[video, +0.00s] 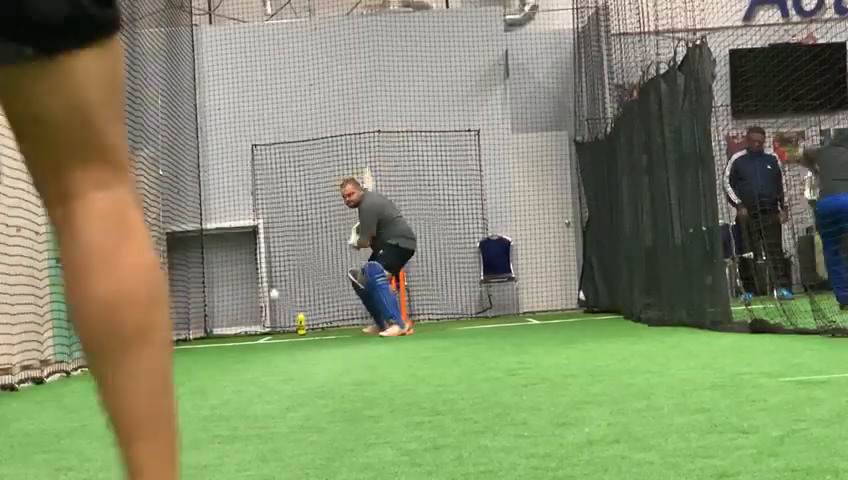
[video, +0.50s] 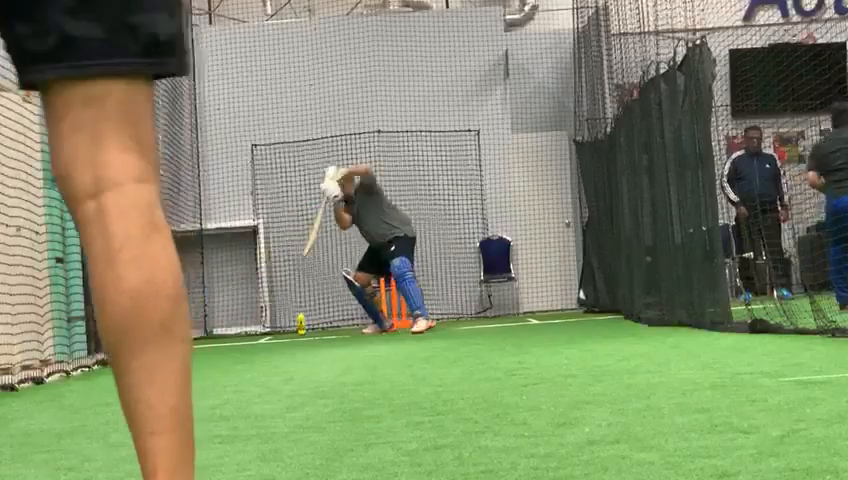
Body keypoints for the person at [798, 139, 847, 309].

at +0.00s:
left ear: (836, 138)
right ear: (846, 139)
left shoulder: (825, 151)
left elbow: (803, 156)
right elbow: (805, 156)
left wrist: (817, 170)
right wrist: (817, 170)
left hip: (826, 198)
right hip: (843, 195)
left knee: (831, 247)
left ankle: (842, 296)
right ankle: (843, 294)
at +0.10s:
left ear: (834, 139)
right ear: (845, 140)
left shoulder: (825, 152)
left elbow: (795, 169)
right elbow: (796, 169)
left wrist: (810, 182)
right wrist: (810, 181)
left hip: (830, 200)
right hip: (843, 197)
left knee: (830, 246)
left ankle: (842, 295)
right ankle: (841, 293)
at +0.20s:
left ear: (830, 138)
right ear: (845, 138)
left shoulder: (823, 152)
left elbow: (792, 180)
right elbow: (793, 180)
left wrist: (807, 193)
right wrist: (806, 193)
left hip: (831, 200)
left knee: (832, 246)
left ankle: (842, 295)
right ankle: (842, 294)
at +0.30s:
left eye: (826, 135)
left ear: (829, 134)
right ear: (845, 132)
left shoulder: (822, 150)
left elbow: (798, 182)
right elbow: (798, 182)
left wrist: (815, 201)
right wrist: (816, 202)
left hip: (833, 200)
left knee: (833, 247)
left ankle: (843, 297)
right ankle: (843, 296)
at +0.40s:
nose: (829, 126)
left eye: (830, 123)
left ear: (831, 127)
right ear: (846, 126)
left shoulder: (820, 148)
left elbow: (806, 182)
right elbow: (807, 181)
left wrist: (823, 194)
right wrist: (823, 194)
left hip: (834, 199)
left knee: (835, 247)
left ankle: (843, 297)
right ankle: (843, 296)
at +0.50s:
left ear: (833, 120)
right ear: (843, 120)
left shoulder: (824, 144)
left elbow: (812, 178)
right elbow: (813, 178)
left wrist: (829, 189)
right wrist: (827, 189)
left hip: (837, 198)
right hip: (838, 196)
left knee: (838, 245)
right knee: (837, 245)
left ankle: (842, 296)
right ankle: (841, 295)